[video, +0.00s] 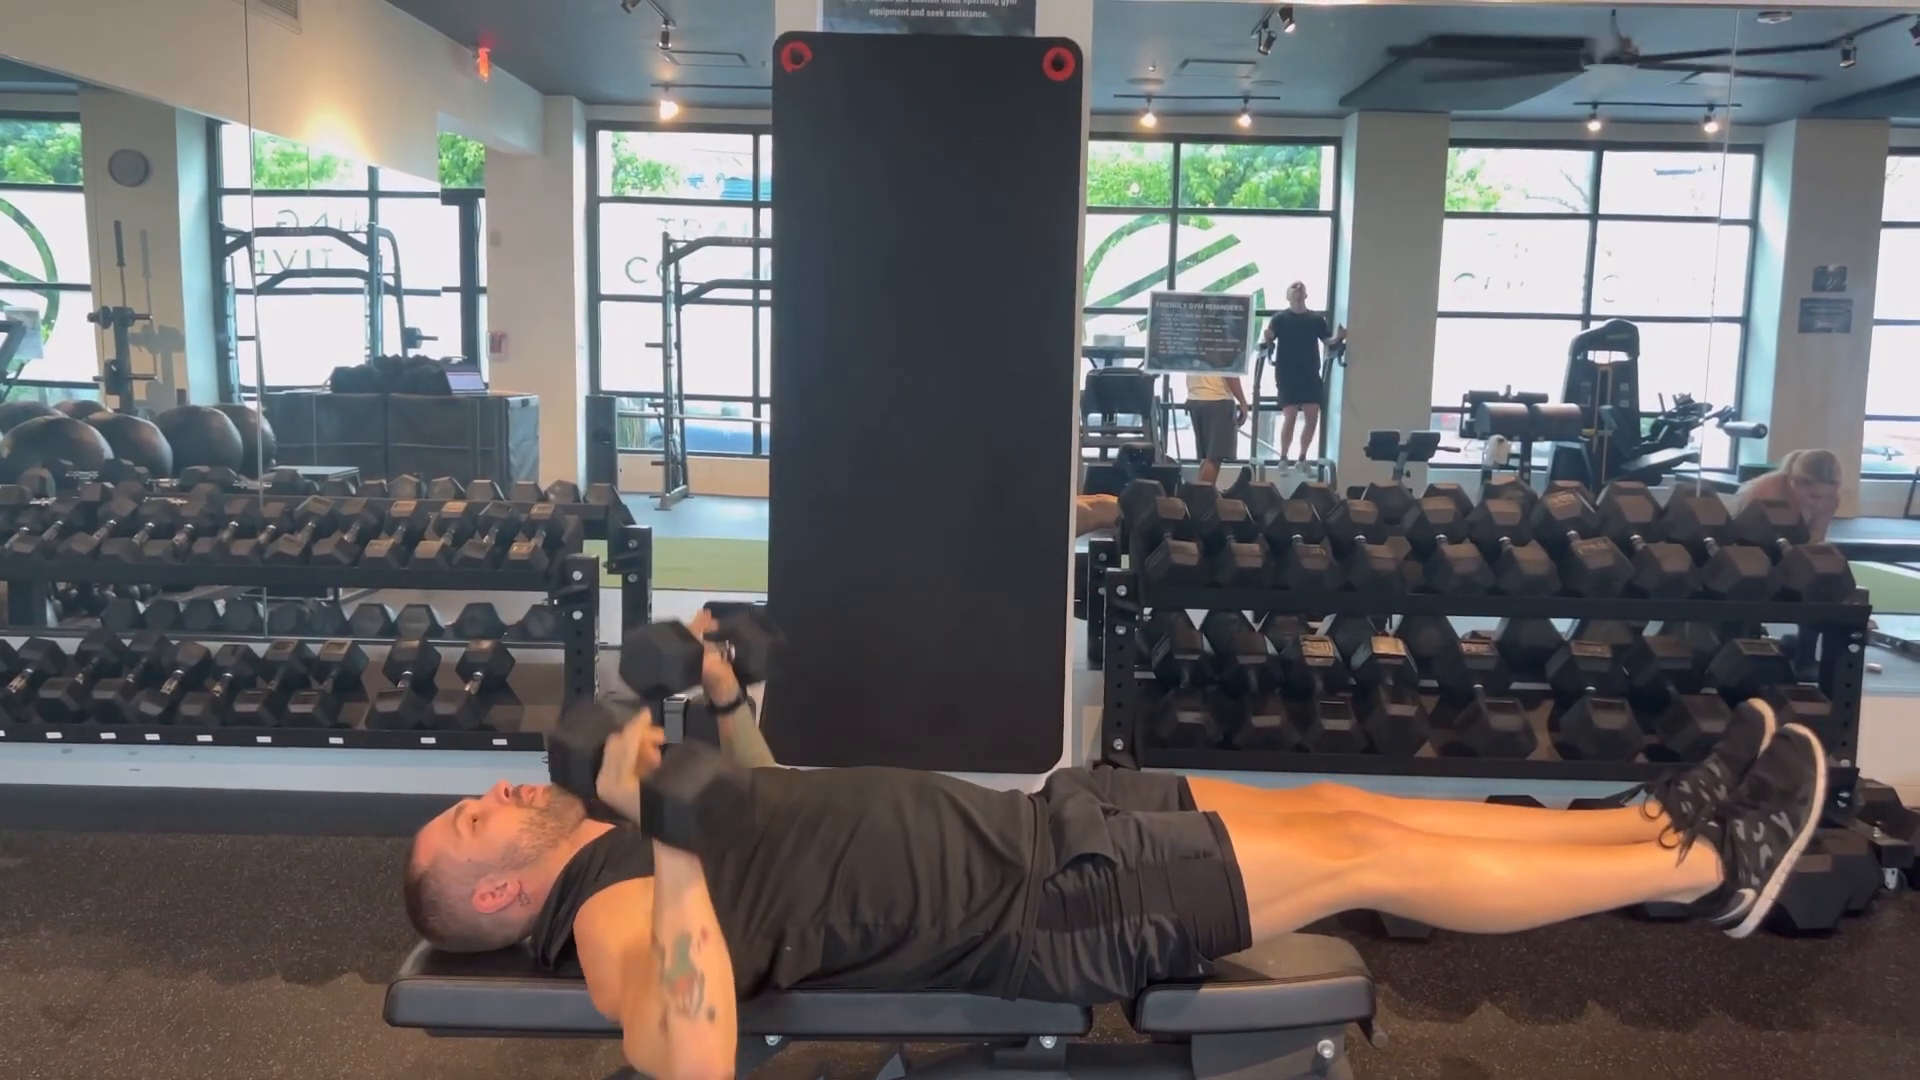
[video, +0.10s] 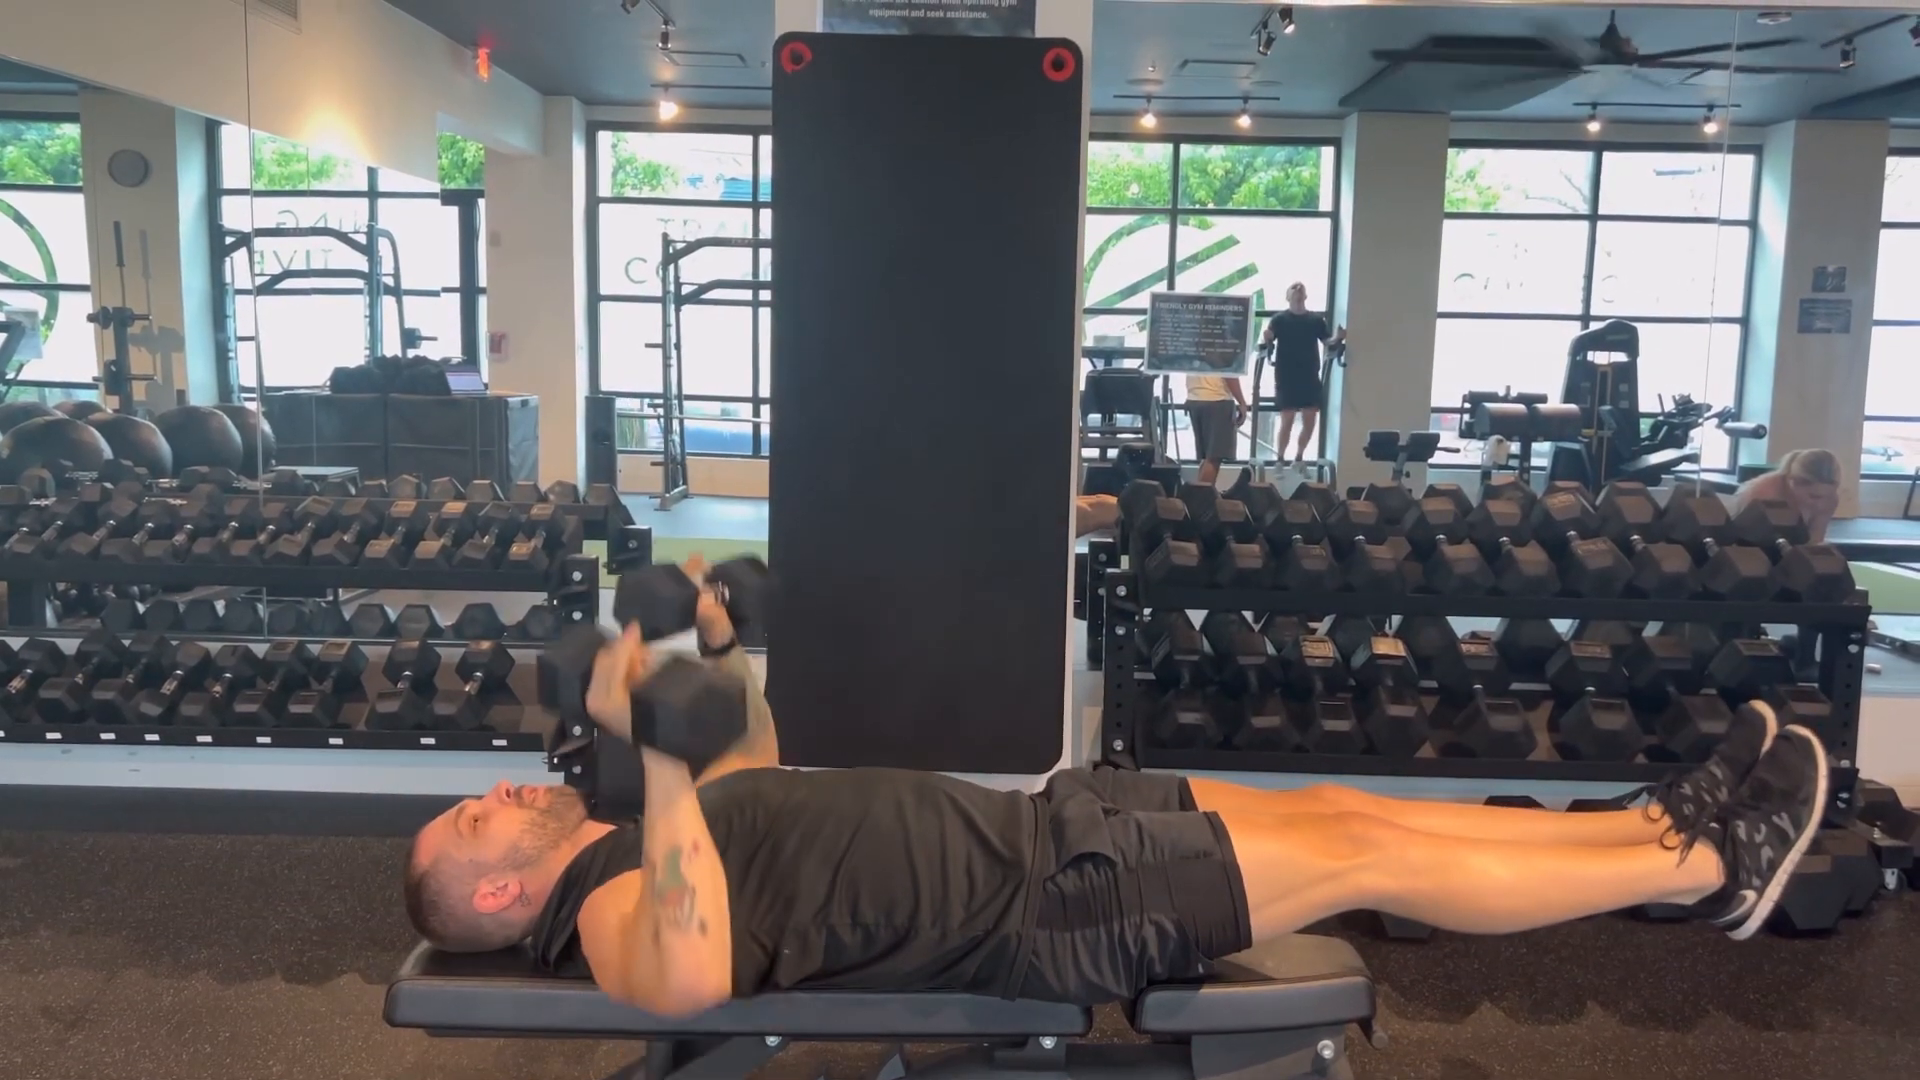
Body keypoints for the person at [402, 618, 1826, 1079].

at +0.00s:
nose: (503, 787)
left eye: (480, 795)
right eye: (483, 813)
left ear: (523, 847)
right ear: (510, 880)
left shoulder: (624, 830)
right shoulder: (620, 905)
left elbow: (723, 779)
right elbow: (684, 1056)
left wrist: (710, 714)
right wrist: (651, 856)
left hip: (1057, 809)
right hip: (1062, 890)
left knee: (1344, 805)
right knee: (1367, 854)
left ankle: (1665, 830)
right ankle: (1704, 866)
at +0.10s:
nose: (517, 798)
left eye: (493, 805)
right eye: (487, 832)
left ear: (528, 819)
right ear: (494, 897)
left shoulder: (623, 826)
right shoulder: (605, 919)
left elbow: (737, 751)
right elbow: (689, 984)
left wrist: (664, 662)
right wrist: (663, 783)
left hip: (1039, 824)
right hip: (1041, 898)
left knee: (1354, 815)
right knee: (1365, 848)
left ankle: (1669, 828)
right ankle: (1699, 865)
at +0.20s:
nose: (505, 805)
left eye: (487, 810)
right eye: (477, 838)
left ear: (534, 818)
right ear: (496, 907)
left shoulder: (647, 824)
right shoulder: (626, 923)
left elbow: (743, 705)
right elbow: (679, 825)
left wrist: (690, 589)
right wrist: (643, 643)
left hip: (1045, 817)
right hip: (1049, 898)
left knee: (1353, 814)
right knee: (1360, 862)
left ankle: (1677, 832)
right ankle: (1702, 872)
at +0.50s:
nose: (503, 799)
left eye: (481, 805)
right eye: (484, 834)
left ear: (536, 844)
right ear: (520, 906)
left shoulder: (653, 823)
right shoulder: (628, 899)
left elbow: (698, 656)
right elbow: (631, 688)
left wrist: (651, 494)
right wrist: (613, 508)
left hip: (1043, 813)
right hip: (1050, 895)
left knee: (1333, 746)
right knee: (1346, 774)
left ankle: (1668, 708)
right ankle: (1686, 731)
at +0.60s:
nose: (503, 797)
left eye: (483, 804)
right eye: (482, 832)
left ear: (537, 844)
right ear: (519, 908)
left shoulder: (651, 836)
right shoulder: (631, 906)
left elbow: (695, 659)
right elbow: (630, 706)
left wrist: (658, 494)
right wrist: (609, 513)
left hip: (1032, 806)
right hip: (1041, 884)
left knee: (1302, 686)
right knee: (1313, 713)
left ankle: (1609, 570)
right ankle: (1642, 593)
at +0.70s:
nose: (490, 794)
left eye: (474, 808)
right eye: (474, 833)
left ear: (524, 832)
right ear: (507, 893)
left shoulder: (636, 828)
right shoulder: (625, 907)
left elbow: (686, 646)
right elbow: (628, 690)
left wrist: (634, 472)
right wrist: (620, 504)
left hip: (1005, 821)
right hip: (1032, 889)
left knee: (1249, 631)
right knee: (1259, 650)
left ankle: (1504, 446)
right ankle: (1543, 454)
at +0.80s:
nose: (488, 785)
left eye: (469, 795)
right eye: (469, 822)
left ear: (511, 811)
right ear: (506, 888)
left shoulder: (644, 828)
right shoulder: (624, 904)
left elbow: (691, 645)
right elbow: (632, 700)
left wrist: (645, 485)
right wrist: (604, 508)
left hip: (990, 818)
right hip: (1023, 889)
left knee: (1160, 589)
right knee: (1183, 603)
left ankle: (1365, 323)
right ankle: (1401, 318)